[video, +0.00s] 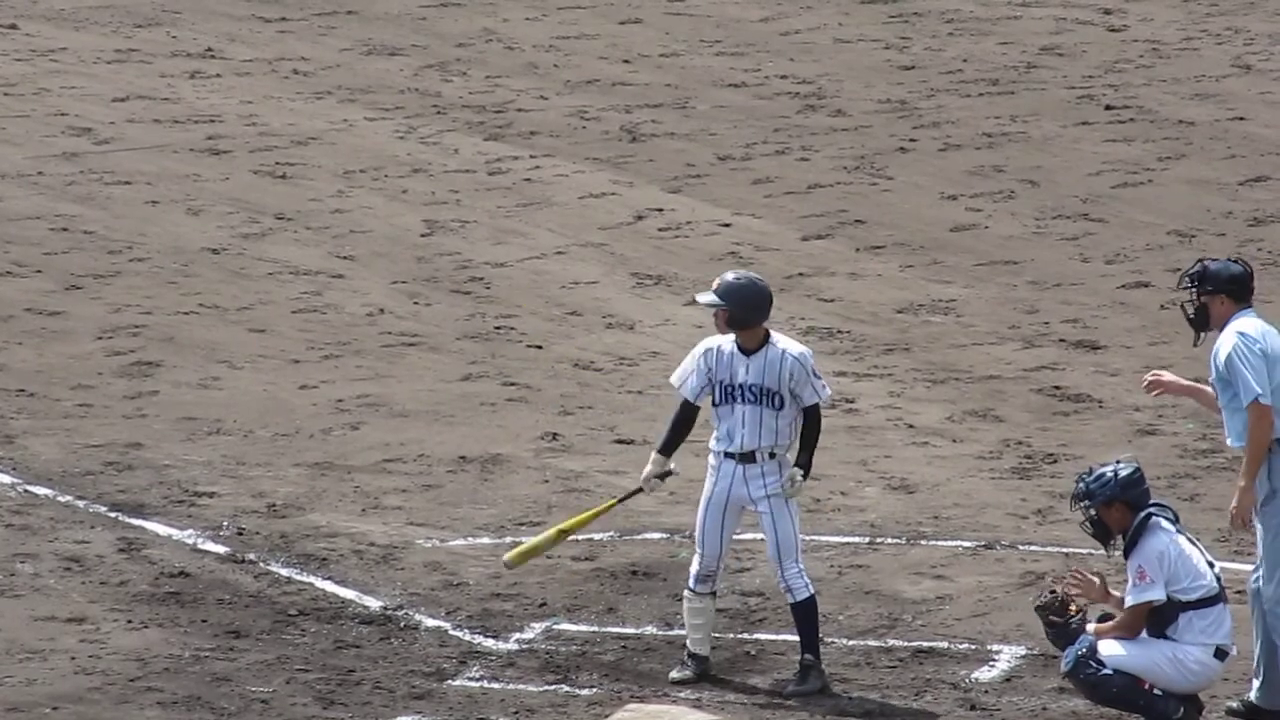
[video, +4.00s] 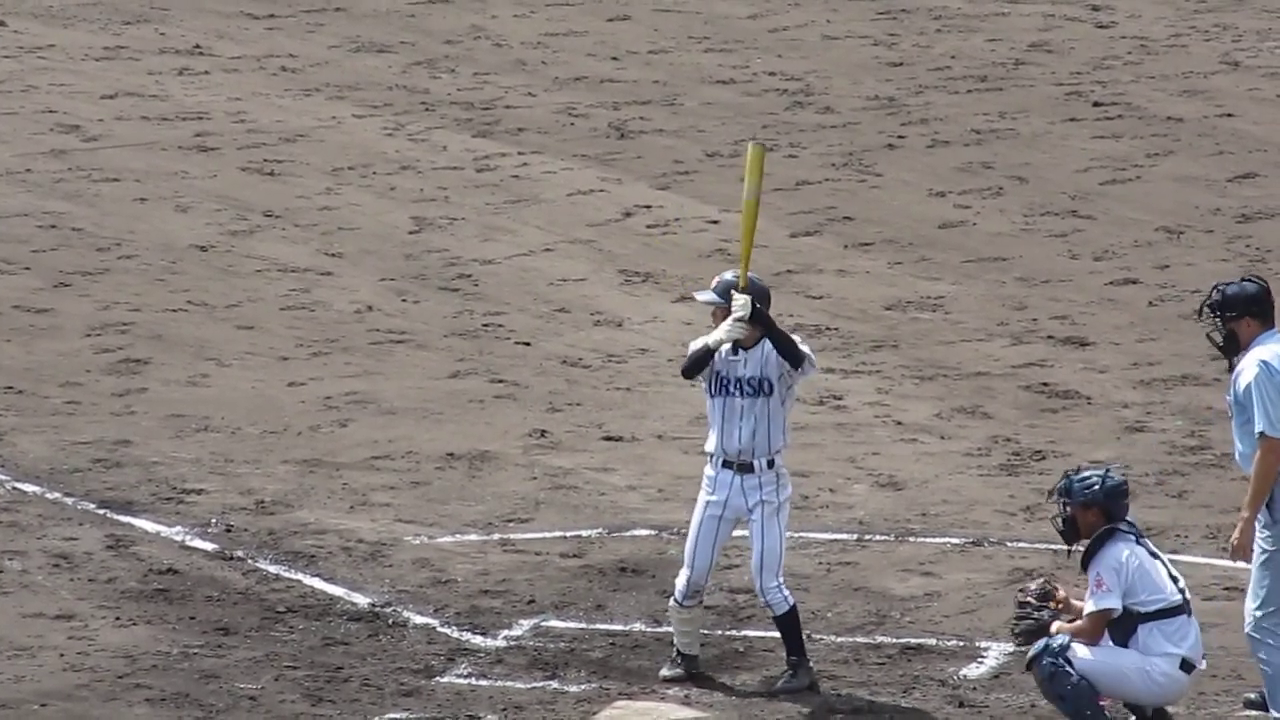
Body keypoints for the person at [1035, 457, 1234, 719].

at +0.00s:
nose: (1093, 518)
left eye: (1097, 510)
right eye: (1093, 510)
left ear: (1117, 510)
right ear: (1120, 507)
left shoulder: (1148, 545)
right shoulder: (1155, 526)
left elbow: (1130, 628)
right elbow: (1150, 611)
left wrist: (1086, 631)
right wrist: (1107, 596)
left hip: (1195, 660)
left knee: (1080, 661)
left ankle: (1171, 709)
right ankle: (1177, 697)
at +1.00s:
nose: (1102, 511)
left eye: (1108, 503)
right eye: (1103, 503)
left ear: (1128, 504)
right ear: (1131, 503)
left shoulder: (1157, 549)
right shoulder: (1164, 524)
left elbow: (1133, 631)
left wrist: (1076, 627)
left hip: (1192, 662)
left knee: (1077, 666)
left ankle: (1171, 710)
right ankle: (1180, 698)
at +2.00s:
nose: (1099, 502)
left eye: (1106, 495)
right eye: (1101, 494)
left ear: (1127, 501)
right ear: (1129, 500)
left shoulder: (1148, 550)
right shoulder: (1159, 526)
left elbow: (1127, 629)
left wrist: (1062, 639)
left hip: (1178, 666)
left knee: (1066, 668)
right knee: (1087, 626)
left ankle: (1161, 710)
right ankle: (1169, 696)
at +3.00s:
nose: (1093, 483)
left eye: (1101, 478)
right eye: (1096, 476)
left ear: (1121, 485)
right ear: (1125, 485)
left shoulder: (1132, 528)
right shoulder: (1145, 519)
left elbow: (1122, 607)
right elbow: (1143, 598)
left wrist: (1083, 598)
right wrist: (1097, 588)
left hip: (1180, 644)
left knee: (1070, 653)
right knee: (1082, 632)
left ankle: (1158, 704)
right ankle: (1164, 691)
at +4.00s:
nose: (1066, 515)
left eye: (1072, 508)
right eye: (1067, 508)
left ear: (1094, 513)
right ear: (1097, 512)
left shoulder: (1109, 555)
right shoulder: (1128, 538)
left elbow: (1090, 633)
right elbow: (1118, 617)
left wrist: (1057, 628)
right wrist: (1072, 606)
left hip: (1163, 675)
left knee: (1049, 657)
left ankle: (1094, 714)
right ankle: (1148, 711)